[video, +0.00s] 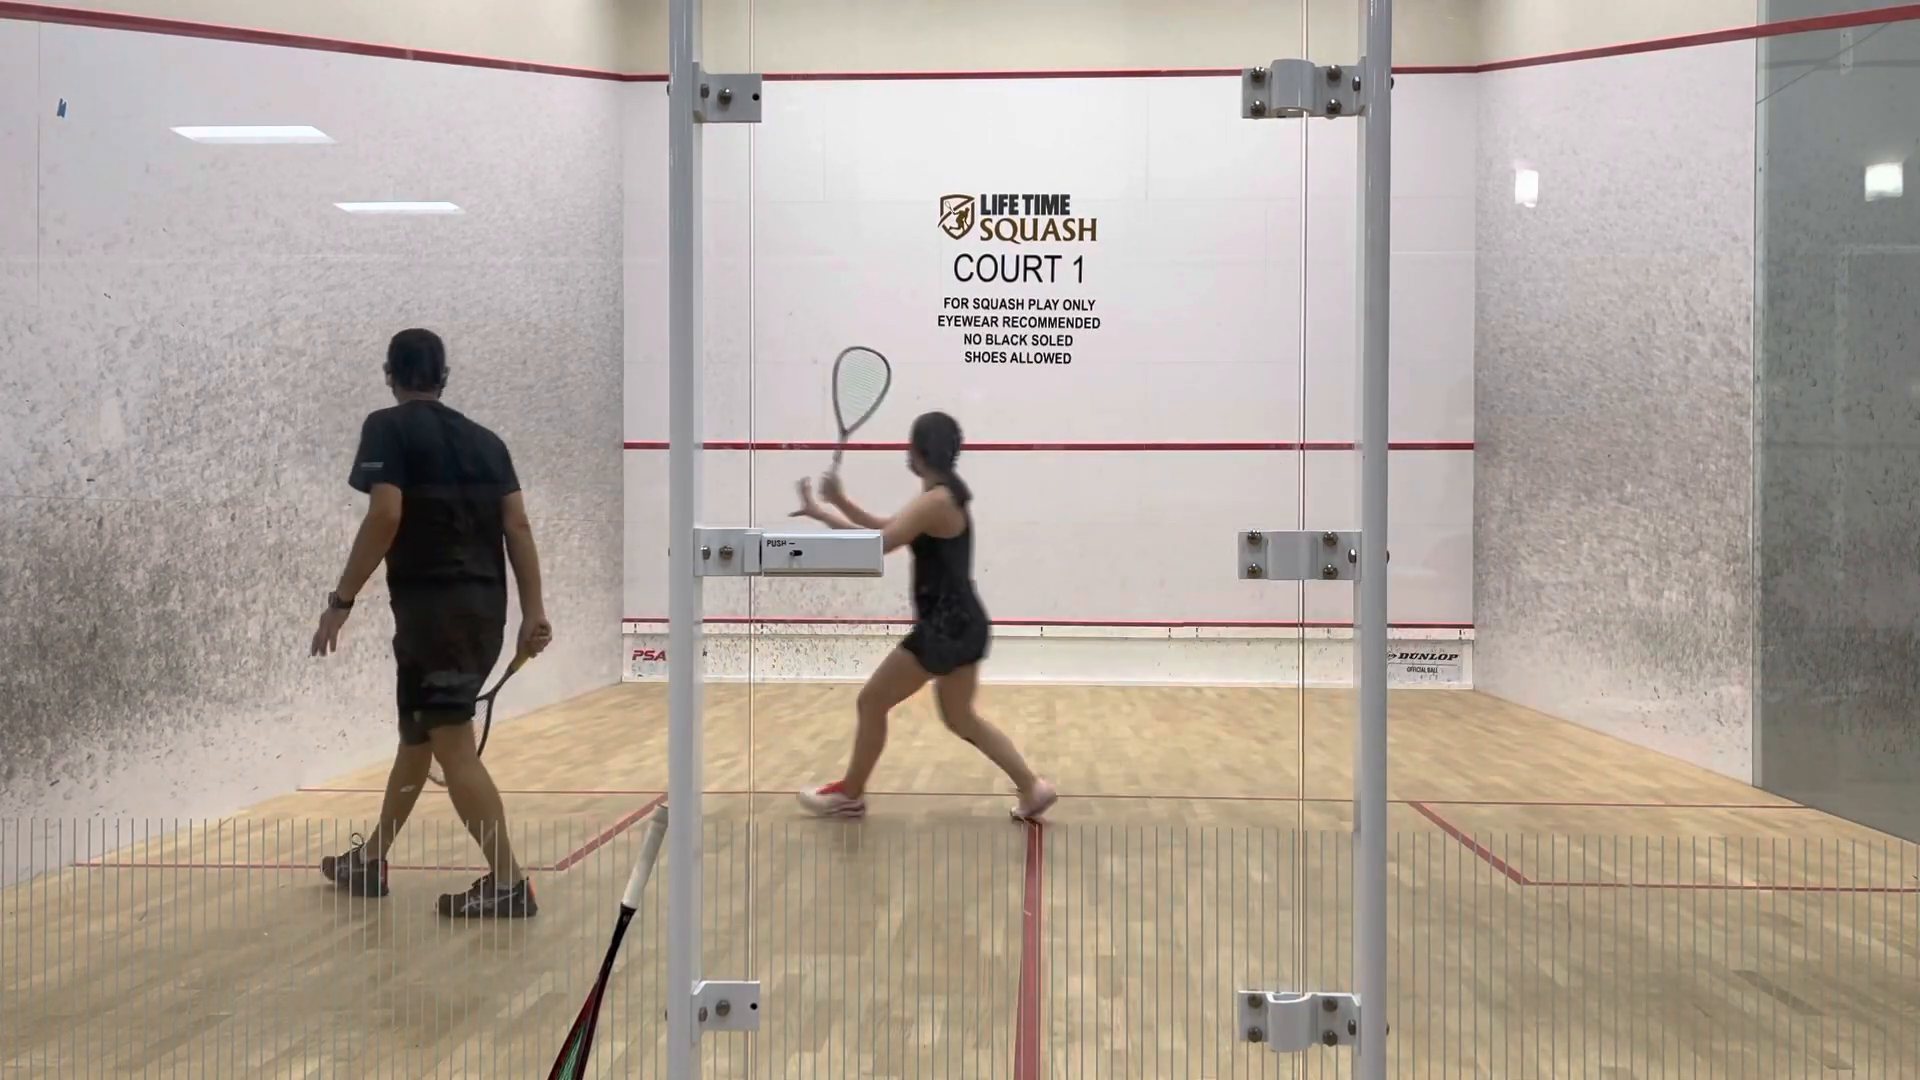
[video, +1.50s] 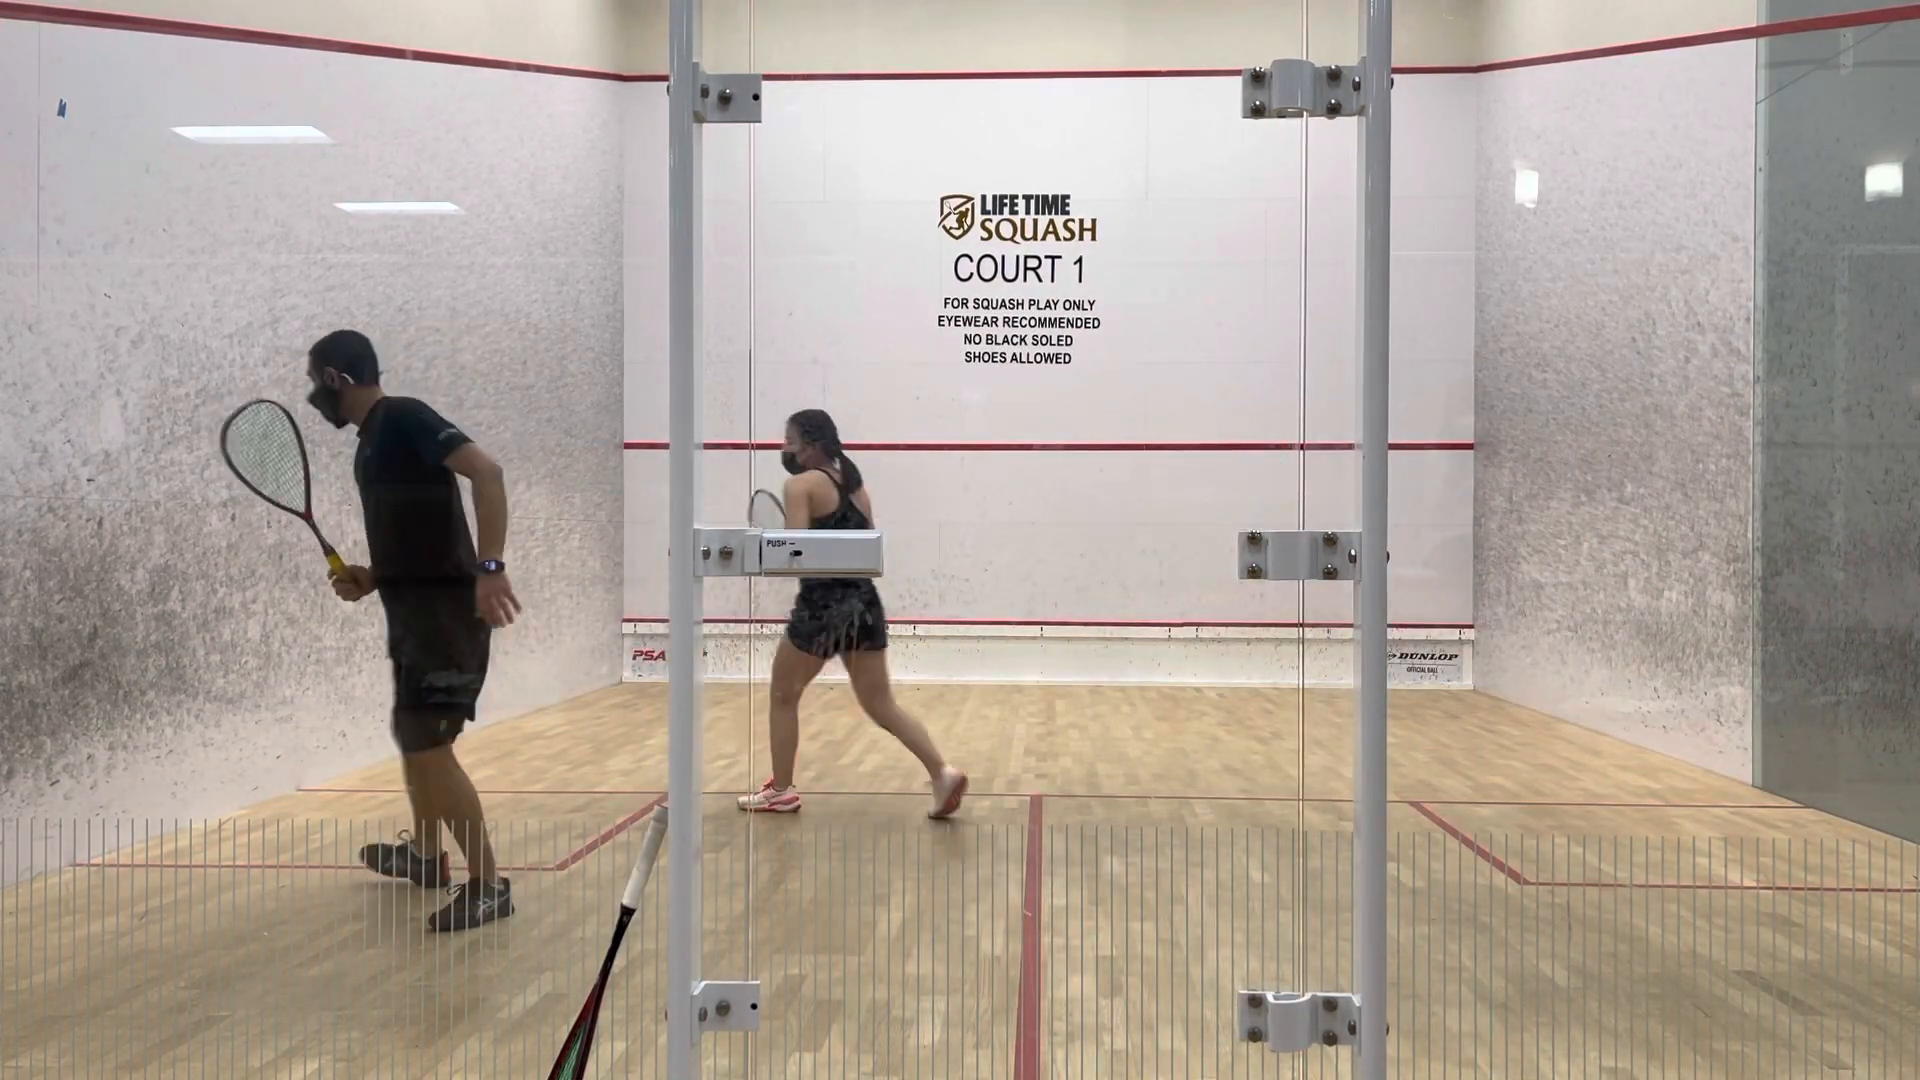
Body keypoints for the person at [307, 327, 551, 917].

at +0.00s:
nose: (398, 383)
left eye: (394, 375)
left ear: (392, 377)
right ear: (444, 378)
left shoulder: (388, 426)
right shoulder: (487, 441)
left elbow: (385, 514)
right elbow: (518, 528)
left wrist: (340, 600)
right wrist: (535, 612)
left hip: (428, 615)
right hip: (486, 614)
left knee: (455, 749)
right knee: (418, 737)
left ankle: (508, 883)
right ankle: (373, 857)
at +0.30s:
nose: (421, 369)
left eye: (419, 362)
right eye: (438, 360)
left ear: (421, 364)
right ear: (475, 364)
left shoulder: (415, 414)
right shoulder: (512, 431)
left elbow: (419, 504)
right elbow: (532, 525)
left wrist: (366, 580)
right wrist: (511, 593)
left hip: (445, 606)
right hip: (504, 606)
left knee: (470, 738)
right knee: (446, 728)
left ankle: (508, 882)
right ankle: (420, 850)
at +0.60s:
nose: (415, 383)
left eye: (406, 376)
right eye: (451, 372)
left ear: (403, 376)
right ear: (456, 377)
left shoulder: (401, 421)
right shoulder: (491, 437)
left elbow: (408, 507)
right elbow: (510, 531)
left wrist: (375, 588)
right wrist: (431, 568)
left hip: (435, 609)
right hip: (492, 608)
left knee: (457, 743)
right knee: (445, 734)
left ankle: (507, 880)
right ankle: (425, 853)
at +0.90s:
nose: (371, 398)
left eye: (368, 389)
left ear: (368, 388)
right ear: (421, 386)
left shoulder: (376, 429)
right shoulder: (451, 437)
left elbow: (358, 512)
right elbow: (436, 537)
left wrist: (307, 555)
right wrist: (362, 552)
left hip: (439, 605)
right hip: (473, 600)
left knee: (439, 734)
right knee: (414, 719)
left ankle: (505, 873)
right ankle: (418, 851)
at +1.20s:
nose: (345, 415)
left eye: (341, 407)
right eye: (349, 408)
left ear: (343, 406)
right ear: (394, 401)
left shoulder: (368, 434)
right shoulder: (415, 439)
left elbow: (413, 498)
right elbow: (418, 549)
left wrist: (375, 578)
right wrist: (349, 567)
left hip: (449, 602)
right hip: (473, 599)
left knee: (410, 742)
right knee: (428, 734)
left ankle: (487, 870)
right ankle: (428, 854)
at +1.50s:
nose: (313, 397)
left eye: (315, 384)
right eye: (312, 385)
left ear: (339, 380)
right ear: (356, 378)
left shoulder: (401, 418)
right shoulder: (370, 446)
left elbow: (487, 472)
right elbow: (413, 540)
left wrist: (491, 567)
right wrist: (370, 578)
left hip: (446, 608)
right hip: (411, 613)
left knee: (428, 741)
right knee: (413, 734)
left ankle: (488, 883)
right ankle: (425, 854)